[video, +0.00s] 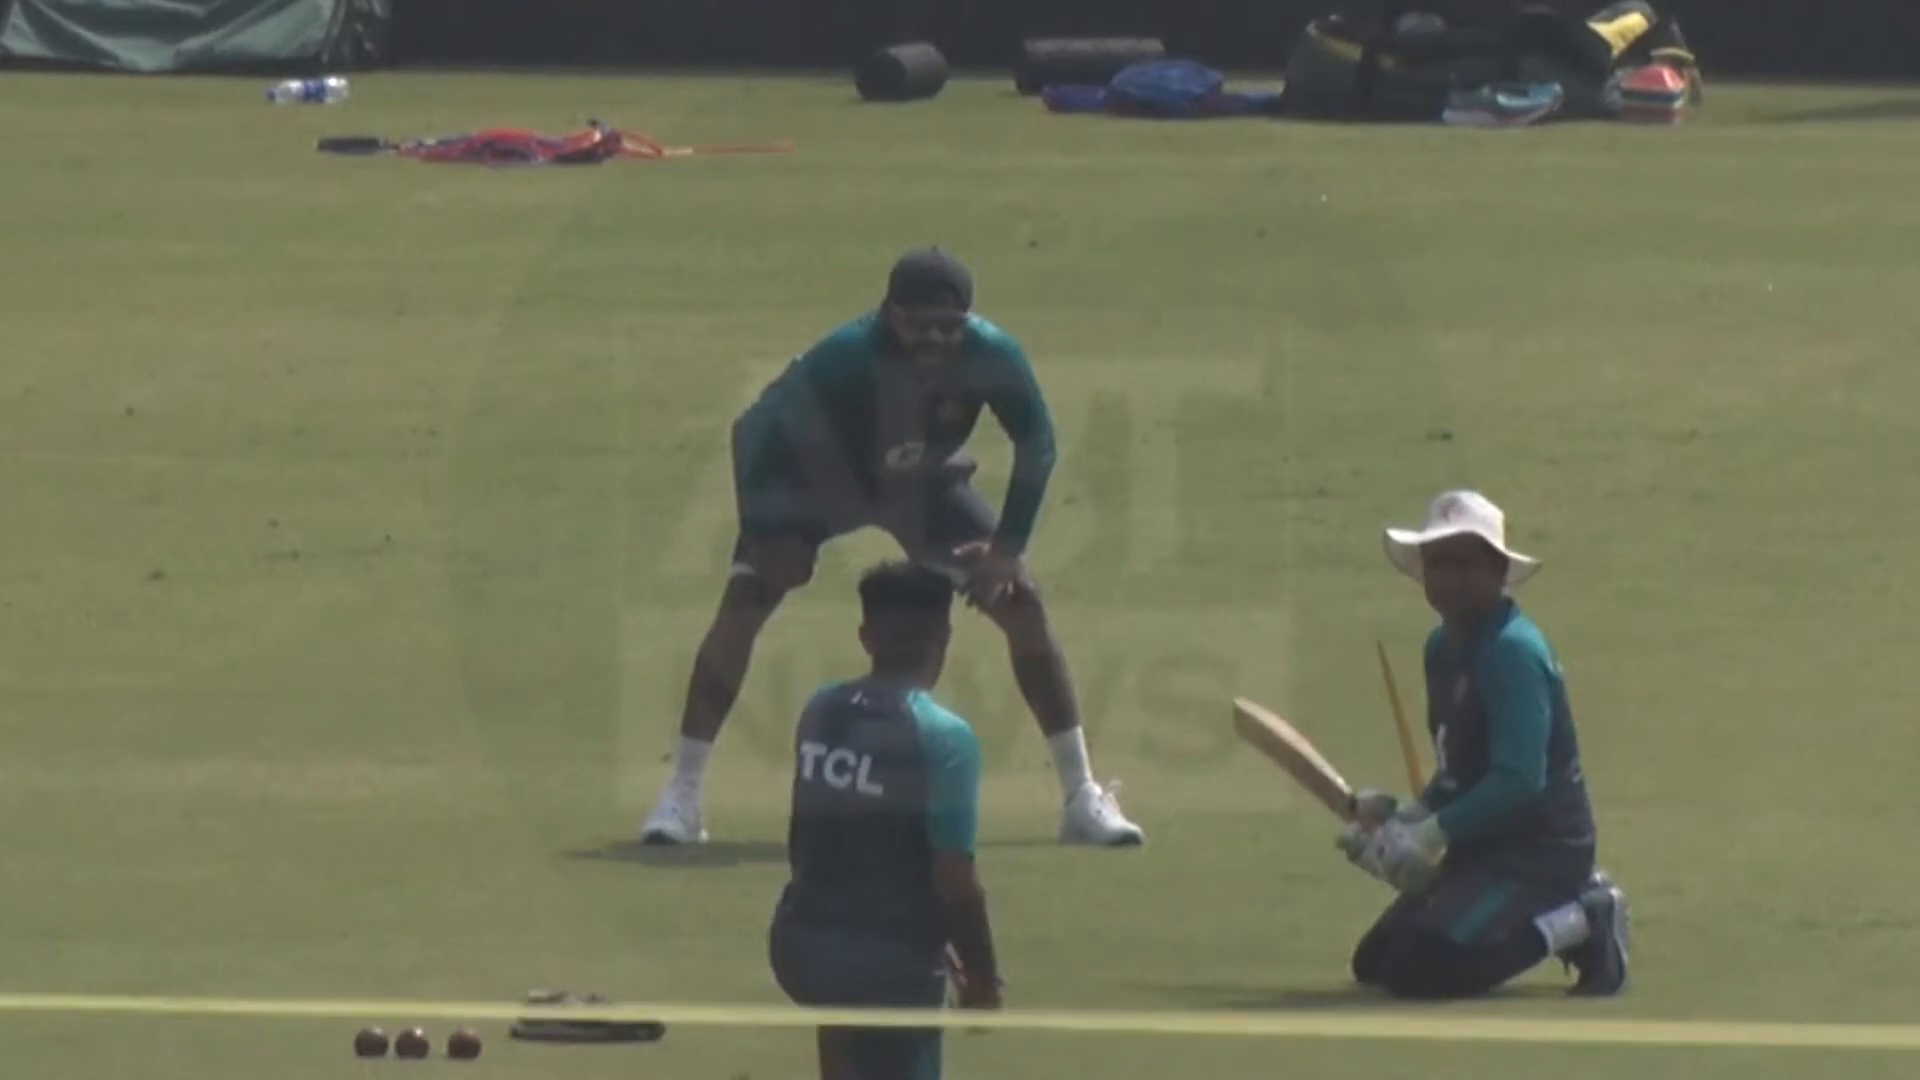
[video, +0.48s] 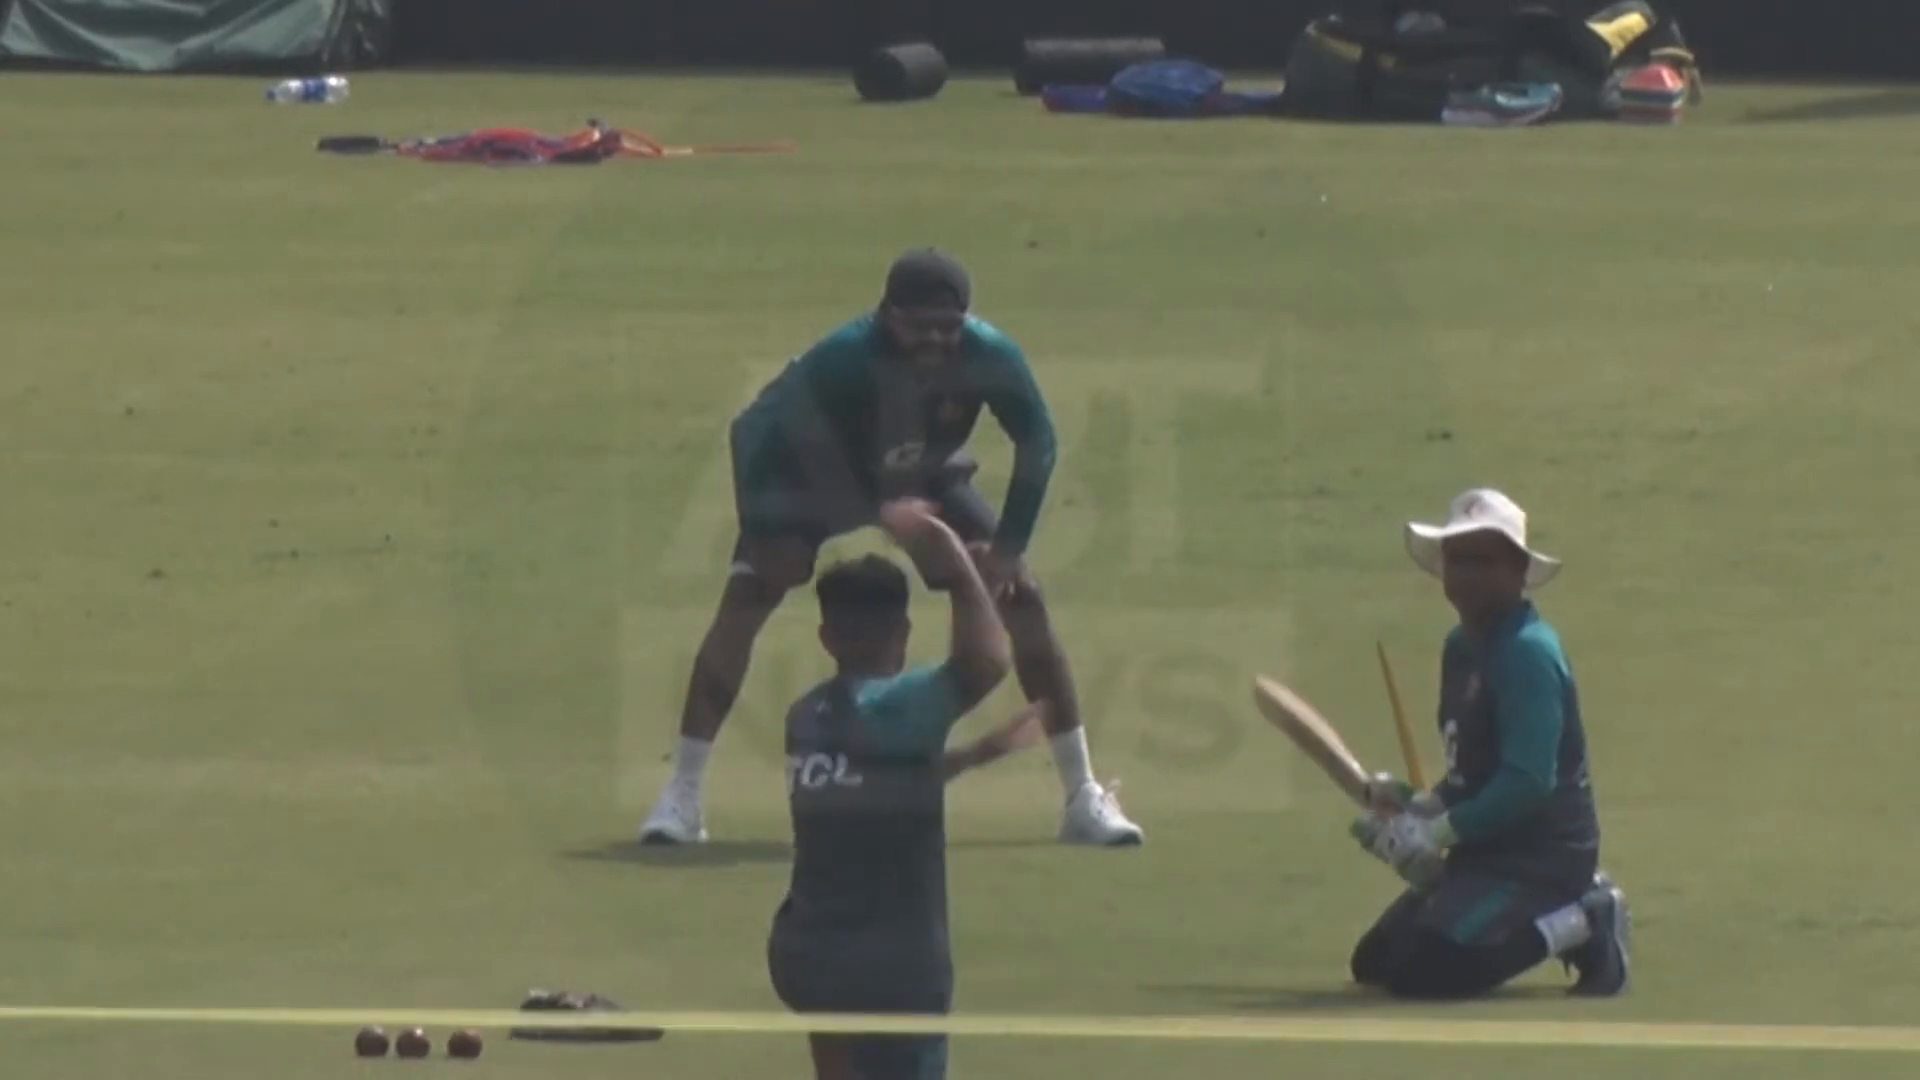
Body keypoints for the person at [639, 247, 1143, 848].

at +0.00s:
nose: (929, 342)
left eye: (943, 329)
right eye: (915, 327)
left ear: (964, 320)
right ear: (889, 315)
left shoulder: (994, 358)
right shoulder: (844, 357)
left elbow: (1037, 444)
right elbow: (755, 429)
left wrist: (1008, 545)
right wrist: (767, 536)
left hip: (922, 485)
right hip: (812, 481)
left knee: (1023, 610)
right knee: (744, 604)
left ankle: (1084, 795)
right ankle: (682, 796)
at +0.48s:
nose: (929, 343)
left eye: (942, 329)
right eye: (914, 329)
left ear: (962, 322)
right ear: (887, 317)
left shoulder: (992, 359)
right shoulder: (844, 358)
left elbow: (1037, 442)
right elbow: (761, 432)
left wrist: (1008, 547)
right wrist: (776, 540)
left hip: (921, 474)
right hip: (806, 472)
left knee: (1020, 603)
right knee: (748, 597)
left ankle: (1084, 794)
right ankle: (682, 795)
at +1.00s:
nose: (927, 328)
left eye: (941, 314)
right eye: (913, 314)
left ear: (960, 307)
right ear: (884, 303)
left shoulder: (988, 351)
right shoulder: (837, 347)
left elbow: (1037, 436)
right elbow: (744, 425)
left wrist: (1001, 544)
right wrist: (780, 532)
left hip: (926, 487)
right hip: (818, 484)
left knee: (1026, 605)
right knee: (749, 603)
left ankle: (1084, 796)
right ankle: (683, 795)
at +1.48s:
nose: (985, 367)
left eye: (997, 352)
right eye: (970, 351)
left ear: (1010, 351)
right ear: (935, 345)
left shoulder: (1022, 400)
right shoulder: (889, 385)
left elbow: (1052, 527)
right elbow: (880, 523)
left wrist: (1028, 532)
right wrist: (965, 529)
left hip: (950, 512)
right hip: (841, 503)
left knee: (1051, 607)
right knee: (753, 599)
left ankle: (1086, 796)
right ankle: (685, 795)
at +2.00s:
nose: (1276, 437)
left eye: (1283, 425)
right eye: (1282, 425)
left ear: (1242, 383)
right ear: (1263, 414)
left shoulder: (1189, 406)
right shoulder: (1178, 424)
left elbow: (1098, 498)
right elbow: (1089, 533)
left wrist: (1073, 558)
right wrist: (1078, 643)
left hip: (1030, 478)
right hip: (951, 455)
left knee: (1126, 603)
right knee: (876, 630)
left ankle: (1089, 798)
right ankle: (716, 776)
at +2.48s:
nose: (1227, 282)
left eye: (1230, 268)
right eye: (1231, 268)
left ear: (1176, 235)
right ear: (1218, 263)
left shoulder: (1127, 279)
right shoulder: (1158, 289)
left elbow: (1039, 404)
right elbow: (1106, 412)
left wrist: (1023, 535)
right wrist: (1123, 534)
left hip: (1022, 439)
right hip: (959, 424)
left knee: (1091, 593)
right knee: (916, 611)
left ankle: (1088, 796)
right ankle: (751, 754)